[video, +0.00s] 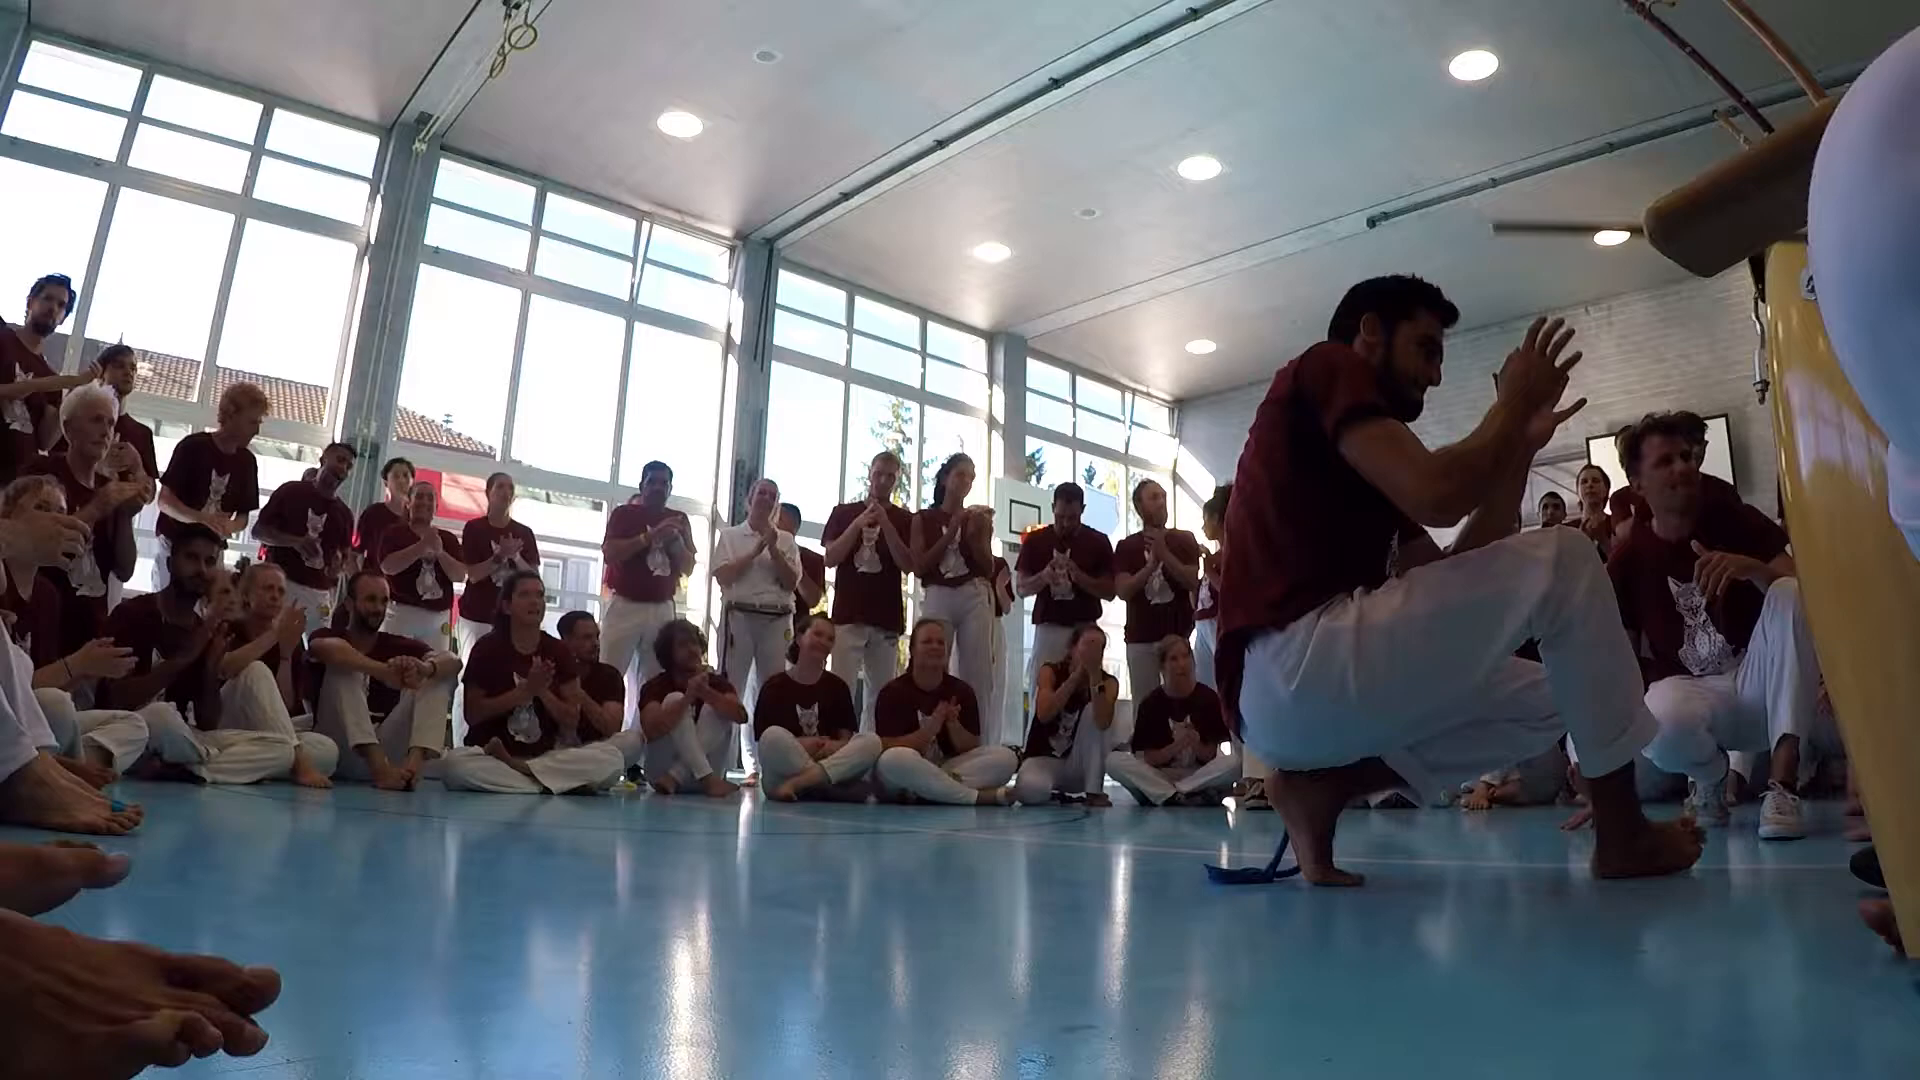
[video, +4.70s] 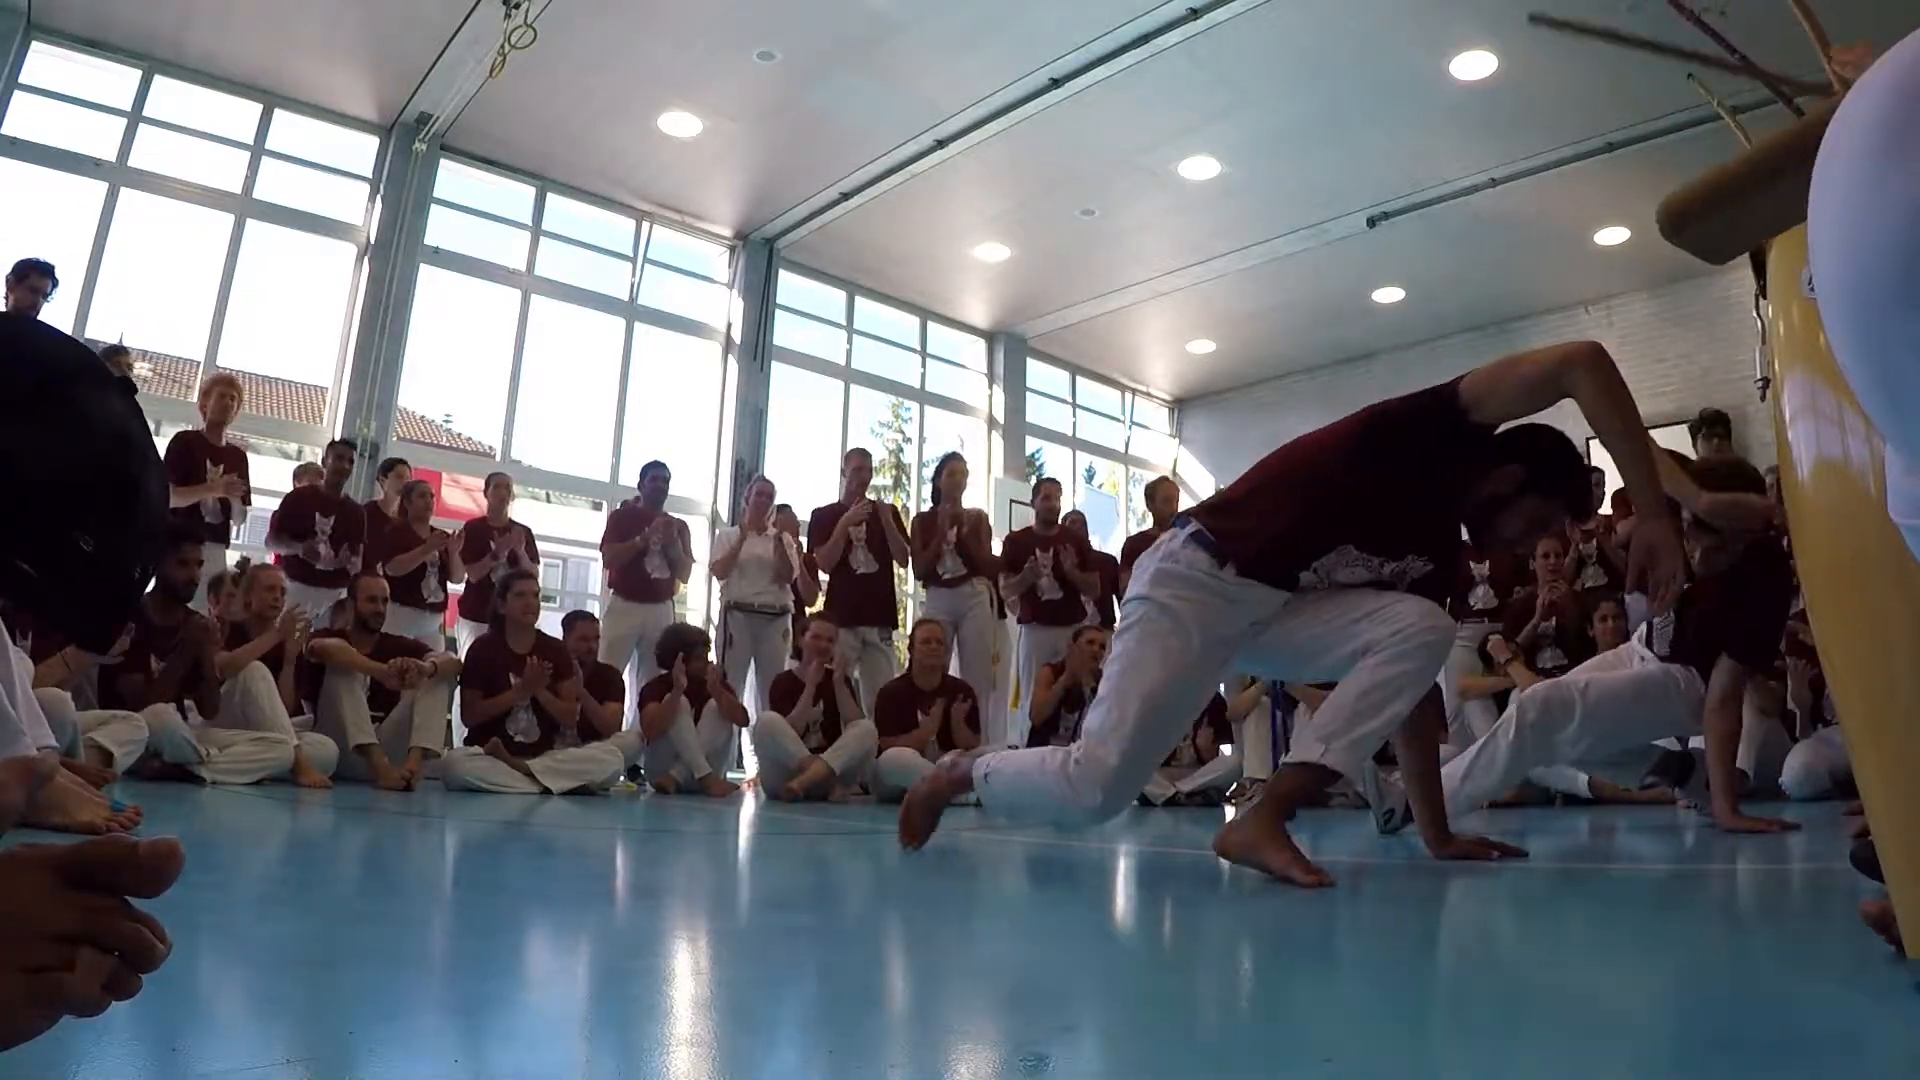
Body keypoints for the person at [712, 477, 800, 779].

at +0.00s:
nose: (765, 498)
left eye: (771, 495)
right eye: (761, 493)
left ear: (777, 503)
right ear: (749, 498)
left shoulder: (786, 539)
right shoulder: (730, 534)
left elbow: (791, 583)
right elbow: (724, 577)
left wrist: (774, 548)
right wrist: (757, 548)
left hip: (777, 619)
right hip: (738, 617)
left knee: (774, 690)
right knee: (730, 688)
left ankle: (769, 762)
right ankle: (722, 763)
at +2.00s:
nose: (763, 499)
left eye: (769, 496)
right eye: (759, 494)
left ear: (775, 503)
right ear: (748, 497)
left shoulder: (783, 537)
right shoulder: (729, 534)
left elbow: (791, 576)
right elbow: (718, 574)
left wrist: (777, 547)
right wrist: (746, 546)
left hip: (776, 617)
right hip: (737, 615)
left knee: (772, 688)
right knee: (731, 686)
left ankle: (769, 757)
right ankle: (726, 757)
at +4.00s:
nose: (765, 500)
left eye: (770, 496)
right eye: (761, 494)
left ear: (775, 502)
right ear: (748, 497)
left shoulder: (783, 535)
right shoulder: (731, 532)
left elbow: (785, 577)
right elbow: (722, 573)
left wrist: (785, 543)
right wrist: (733, 540)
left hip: (775, 616)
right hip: (737, 614)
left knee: (772, 690)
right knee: (731, 689)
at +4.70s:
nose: (763, 500)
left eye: (768, 496)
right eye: (759, 494)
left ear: (773, 503)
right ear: (747, 496)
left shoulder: (784, 539)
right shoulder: (727, 535)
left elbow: (788, 577)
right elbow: (719, 572)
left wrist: (778, 541)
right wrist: (740, 539)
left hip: (775, 618)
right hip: (736, 617)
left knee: (771, 692)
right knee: (729, 691)